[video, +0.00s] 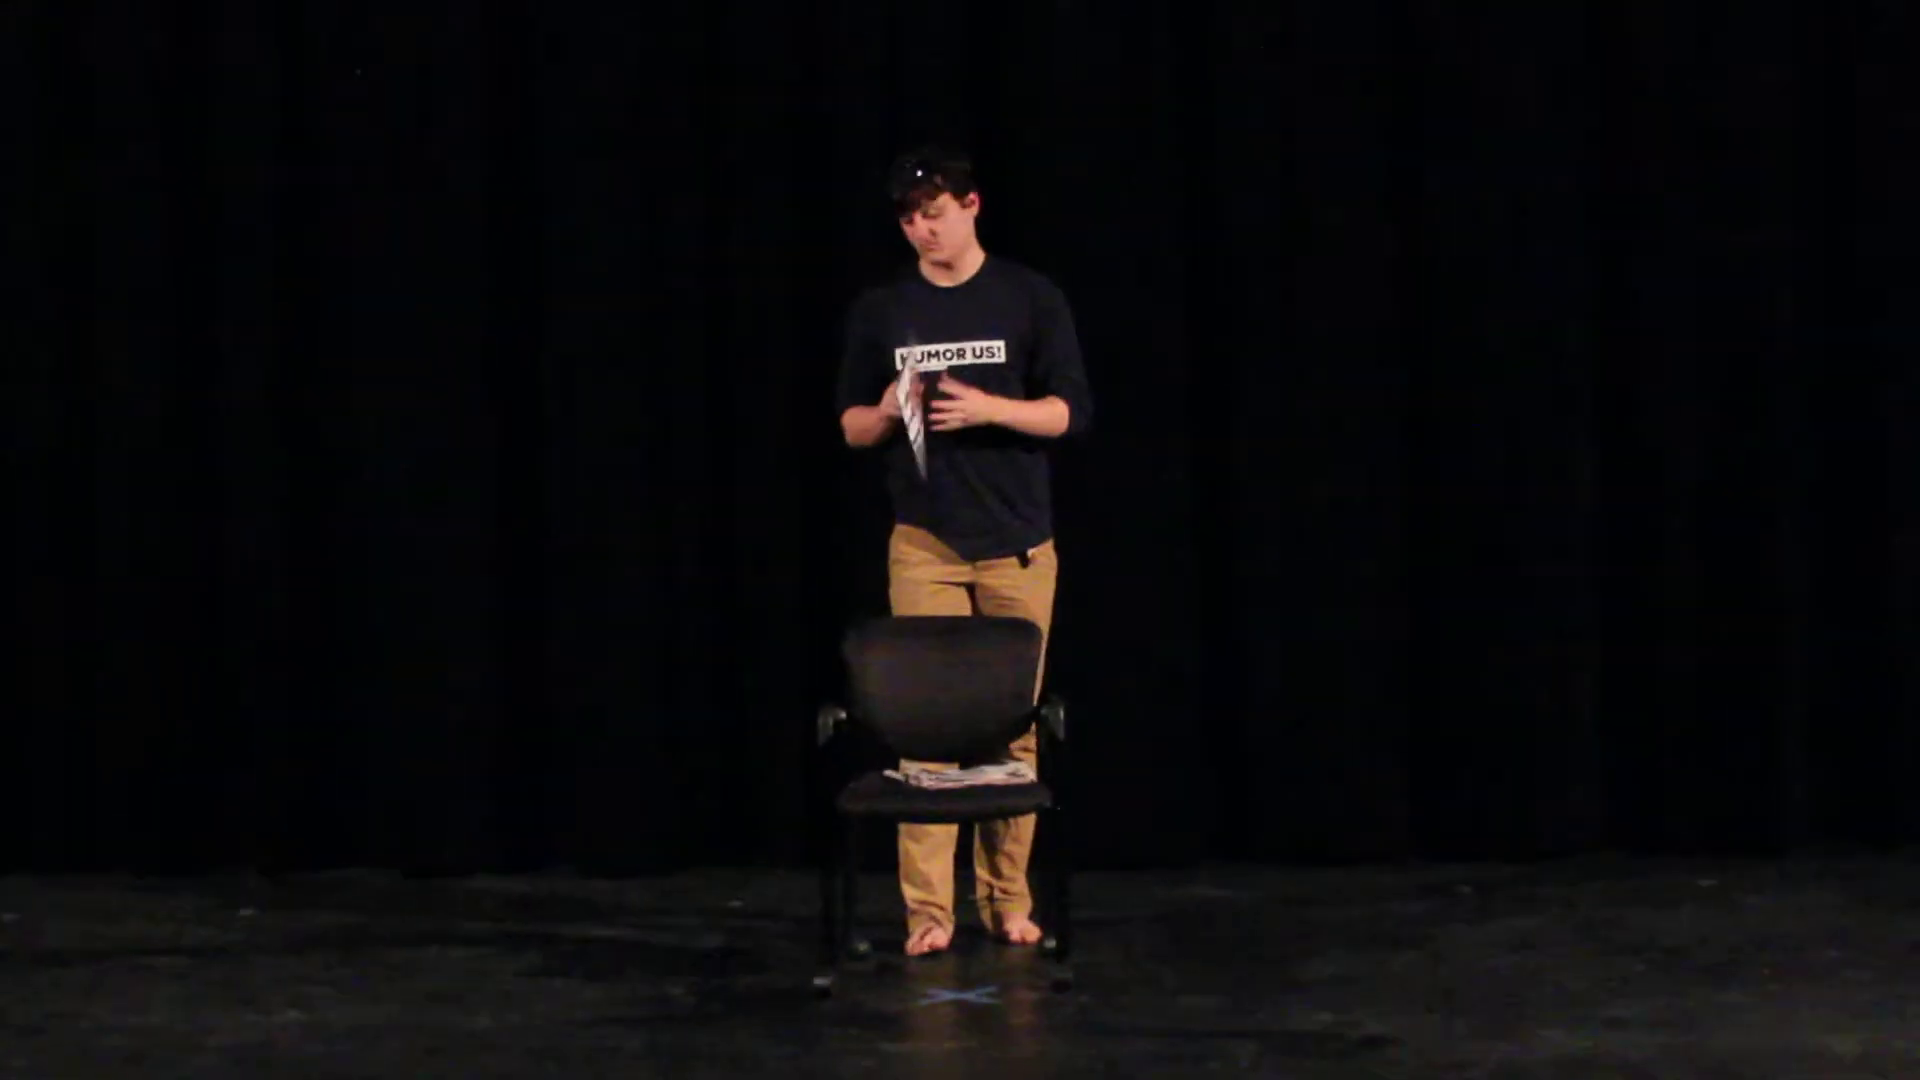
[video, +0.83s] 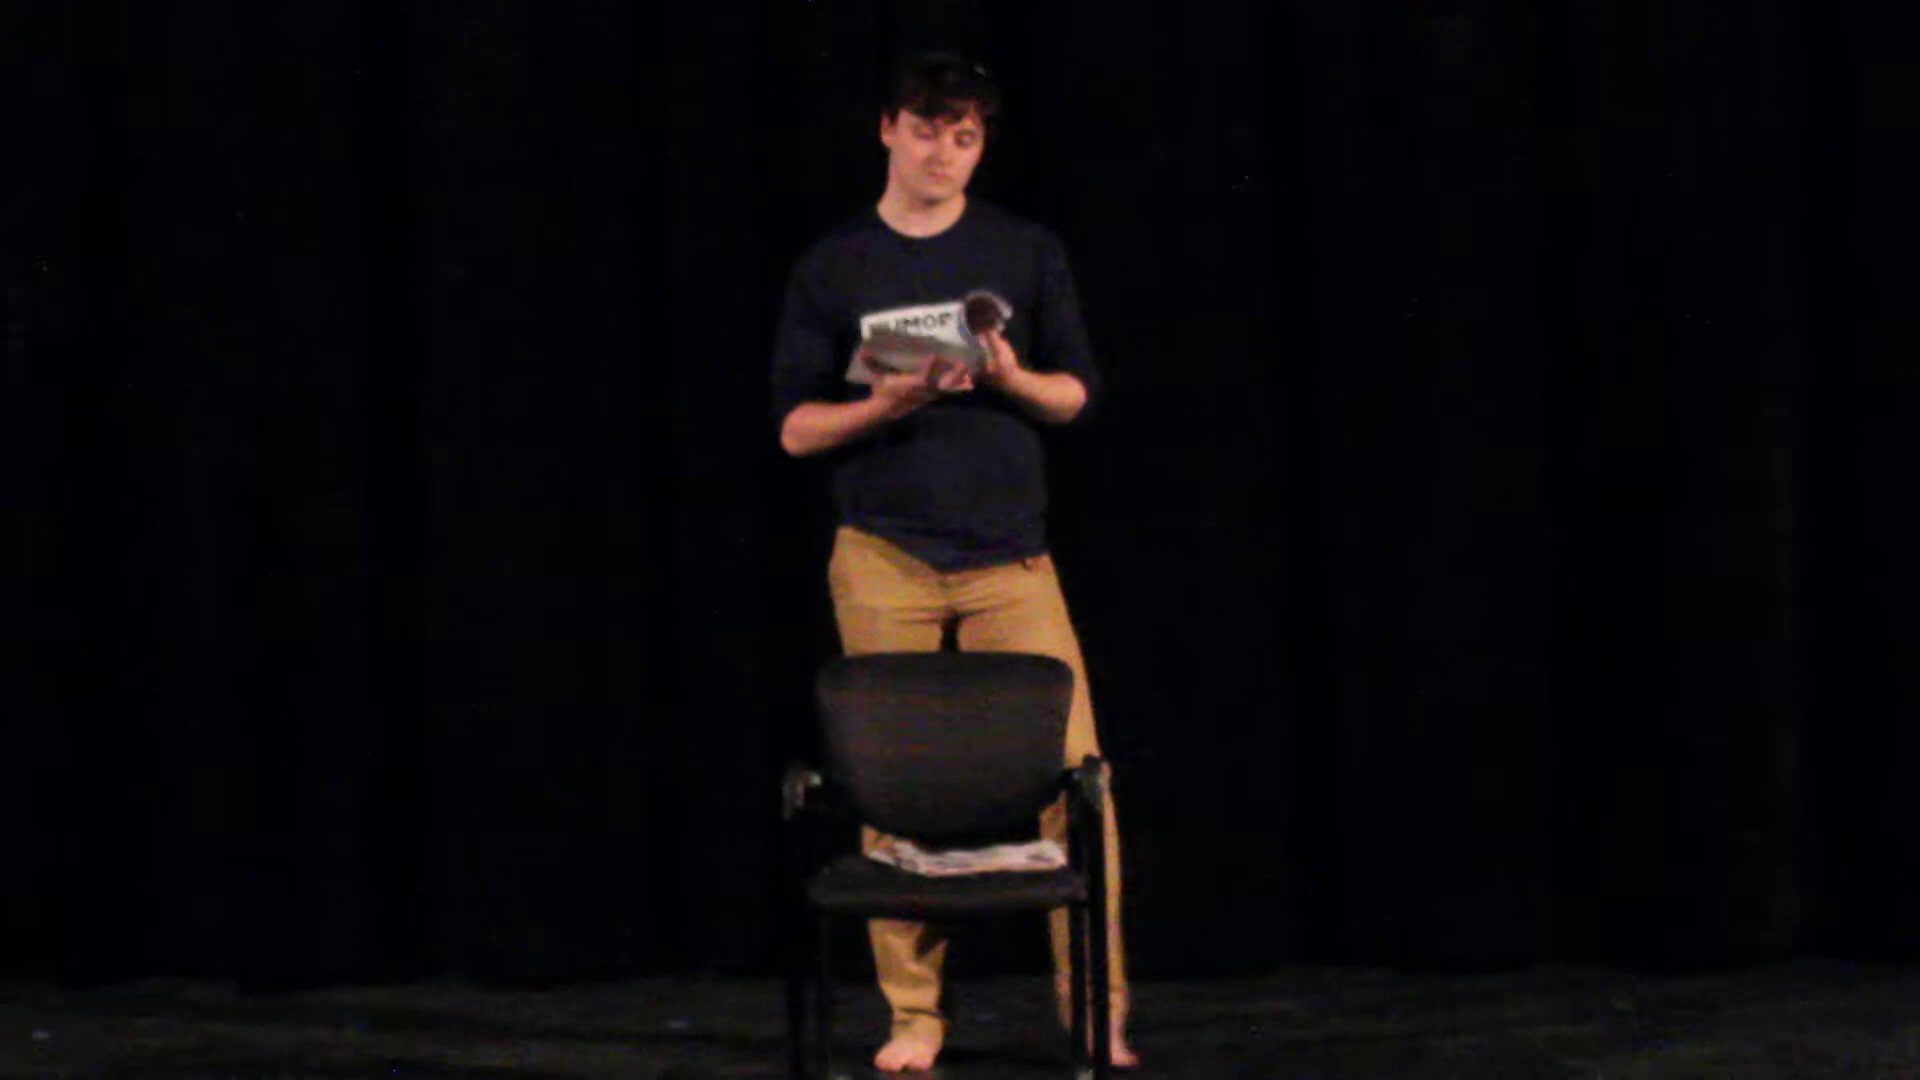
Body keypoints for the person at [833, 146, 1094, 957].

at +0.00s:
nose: (921, 229)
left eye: (934, 213)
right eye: (911, 217)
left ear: (972, 207)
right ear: (900, 224)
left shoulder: (1033, 300)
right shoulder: (883, 310)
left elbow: (1069, 414)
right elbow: (853, 428)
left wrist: (991, 408)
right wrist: (891, 411)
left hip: (1018, 543)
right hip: (922, 541)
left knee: (1015, 722)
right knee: (925, 719)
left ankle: (1008, 899)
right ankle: (928, 909)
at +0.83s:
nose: (944, 151)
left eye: (962, 135)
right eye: (927, 130)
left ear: (982, 144)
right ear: (888, 133)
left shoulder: (1026, 253)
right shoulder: (834, 266)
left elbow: (1075, 398)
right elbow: (796, 429)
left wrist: (1013, 378)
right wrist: (891, 402)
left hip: (1011, 559)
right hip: (882, 559)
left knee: (1070, 778)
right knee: (892, 789)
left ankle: (1097, 1015)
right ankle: (914, 1017)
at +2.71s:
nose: (821, 145)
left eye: (839, 118)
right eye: (808, 126)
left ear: (896, 107)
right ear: (796, 138)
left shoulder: (1001, 234)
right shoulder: (797, 268)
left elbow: (1070, 381)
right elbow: (754, 449)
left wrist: (957, 373)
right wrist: (816, 409)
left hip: (977, 574)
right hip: (835, 574)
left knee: (1031, 815)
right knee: (861, 829)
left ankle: (1106, 1060)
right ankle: (894, 1066)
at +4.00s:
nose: (909, 166)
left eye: (925, 138)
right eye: (894, 148)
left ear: (981, 125)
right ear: (880, 164)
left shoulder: (1086, 255)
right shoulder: (878, 290)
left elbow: (1159, 412)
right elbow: (834, 480)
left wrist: (1100, 397)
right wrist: (877, 435)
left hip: (1053, 597)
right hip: (910, 593)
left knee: (1104, 847)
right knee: (930, 851)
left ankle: (1161, 1067)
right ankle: (955, 1069)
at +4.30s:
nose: (1061, 207)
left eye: (1073, 180)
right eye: (1038, 193)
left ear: (1118, 166)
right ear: (1021, 208)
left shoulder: (1226, 292)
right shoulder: (1016, 331)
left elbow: (1298, 445)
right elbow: (976, 516)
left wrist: (1237, 441)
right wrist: (1013, 489)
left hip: (1191, 634)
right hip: (1053, 635)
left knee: (1242, 871)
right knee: (1075, 878)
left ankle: (1291, 1068)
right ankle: (1091, 1075)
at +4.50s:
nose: (1148, 214)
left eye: (1162, 188)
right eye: (1124, 199)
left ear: (1201, 188)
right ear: (1100, 222)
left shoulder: (1294, 305)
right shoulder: (1082, 347)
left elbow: (1372, 455)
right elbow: (1038, 524)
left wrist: (1269, 476)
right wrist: (1107, 518)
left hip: (1266, 654)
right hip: (1127, 656)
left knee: (1317, 889)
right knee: (1156, 894)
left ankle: (1357, 1069)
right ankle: (1164, 1078)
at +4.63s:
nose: (1298, 217)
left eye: (1311, 193)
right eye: (1272, 201)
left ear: (1340, 200)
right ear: (1235, 223)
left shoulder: (1425, 318)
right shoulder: (1210, 353)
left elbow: (1496, 471)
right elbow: (1161, 529)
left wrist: (1389, 491)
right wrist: (1254, 522)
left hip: (1397, 662)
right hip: (1258, 664)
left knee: (1443, 894)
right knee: (1286, 902)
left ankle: (1477, 1072)